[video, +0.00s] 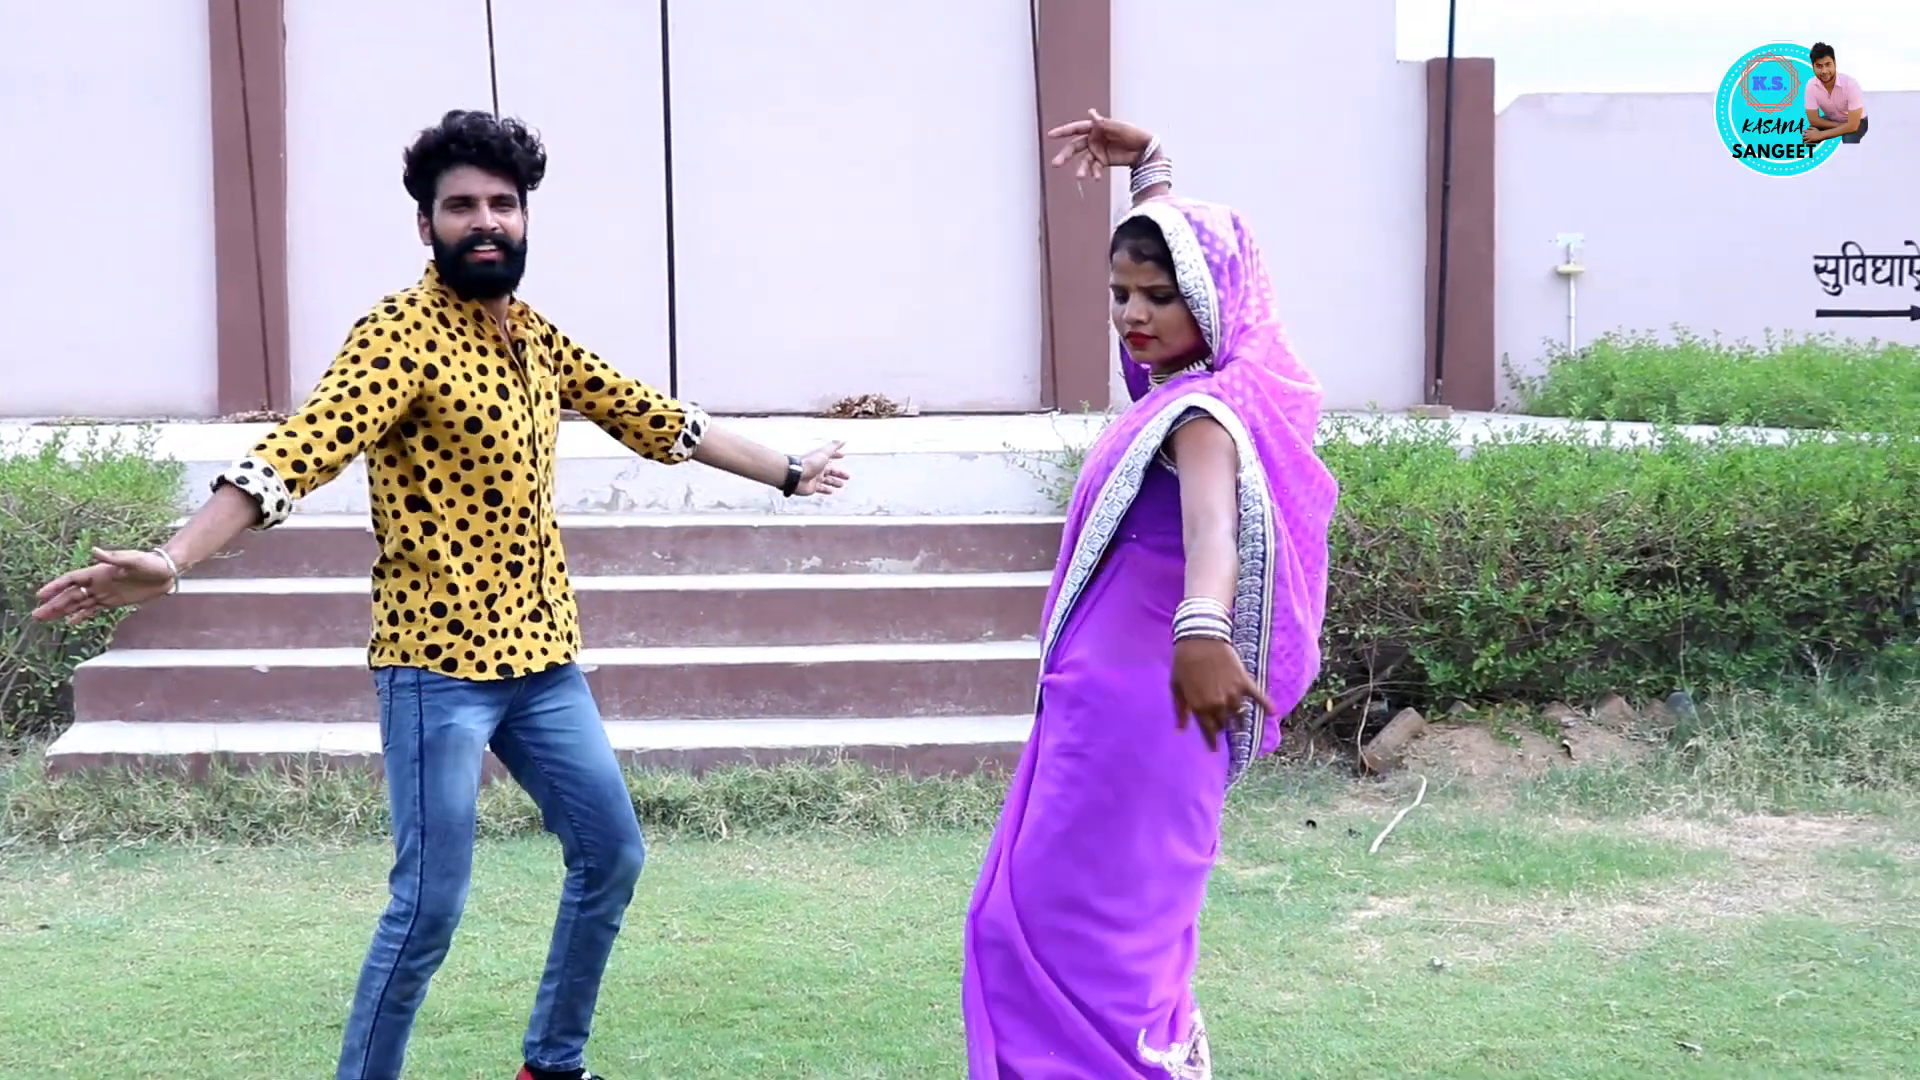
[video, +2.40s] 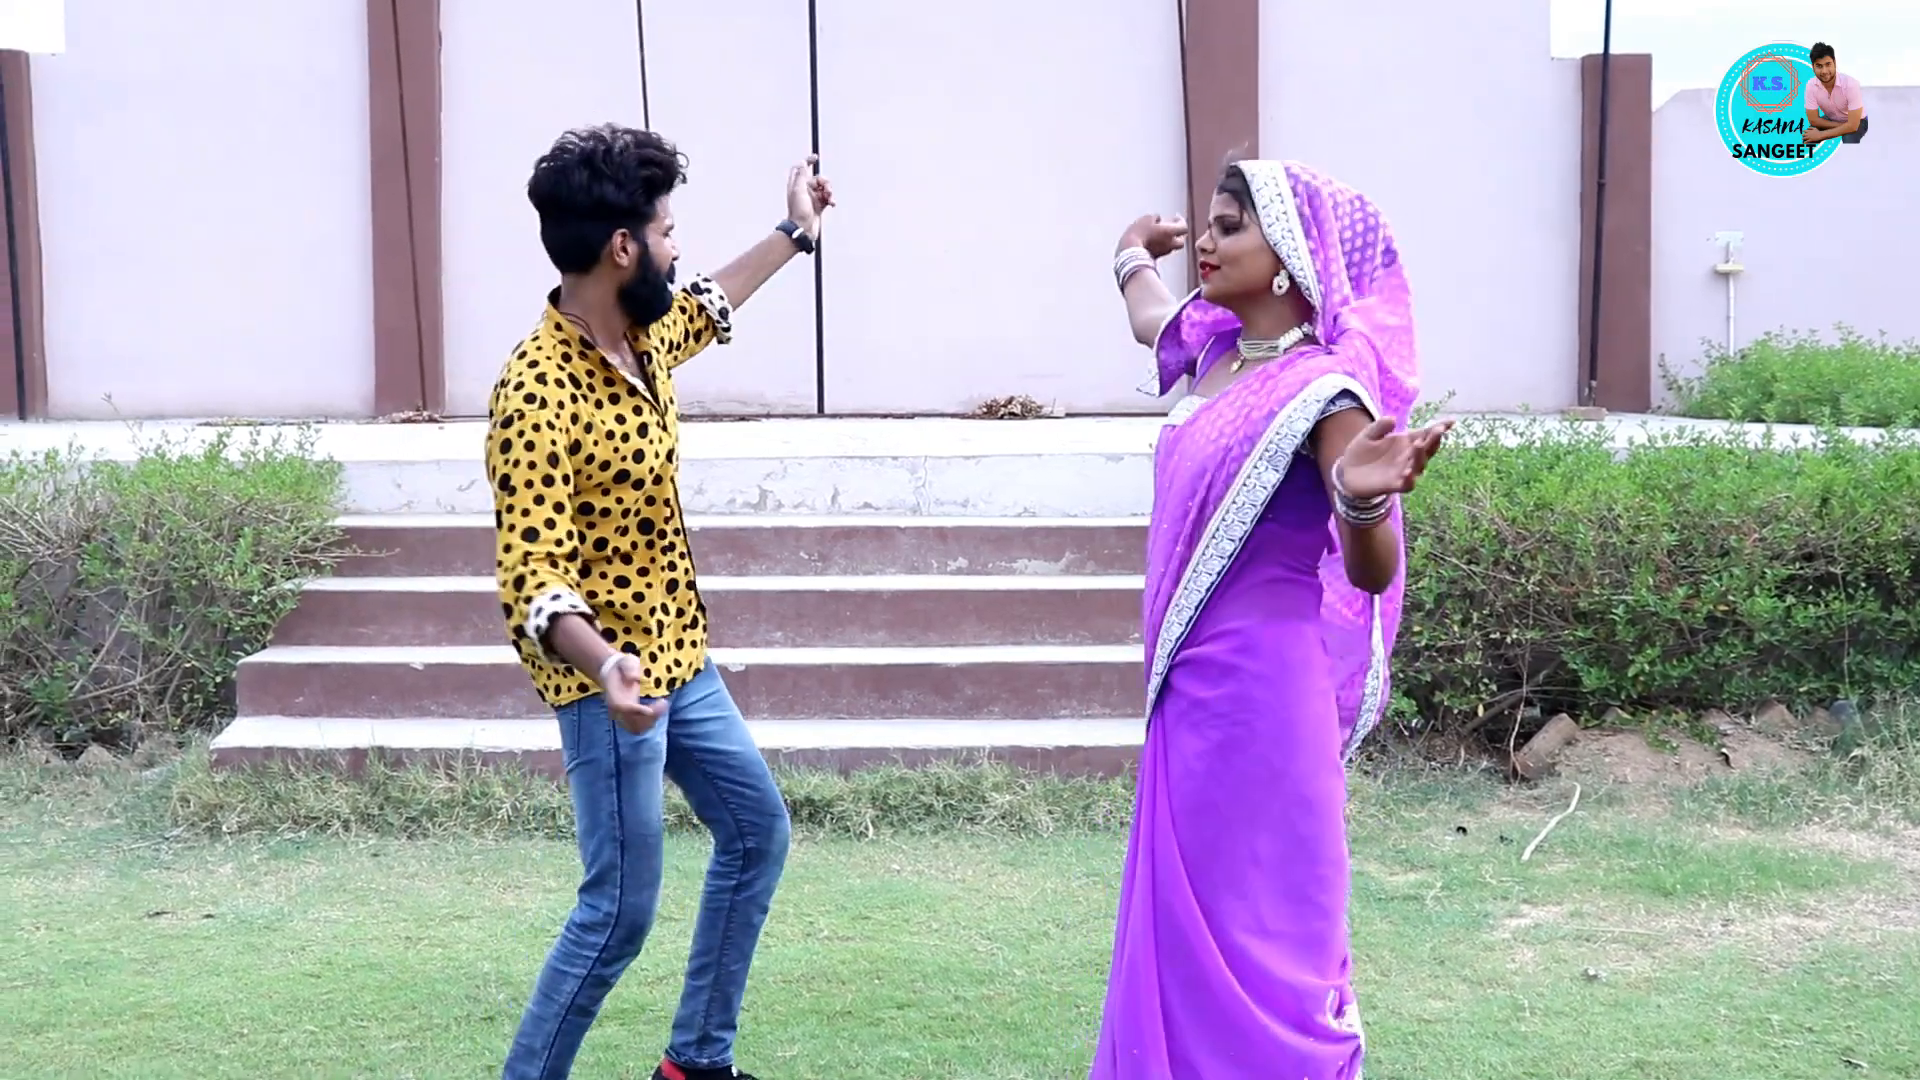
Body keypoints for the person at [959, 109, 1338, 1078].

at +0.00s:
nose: (1134, 316)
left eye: (1158, 295)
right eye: (1123, 294)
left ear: (1213, 303)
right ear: (1114, 292)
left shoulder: (1199, 410)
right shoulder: (1198, 391)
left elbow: (1212, 519)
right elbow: (1168, 272)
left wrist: (1203, 625)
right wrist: (1148, 162)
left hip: (1127, 718)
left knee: (1019, 924)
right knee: (1127, 930)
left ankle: (1100, 1064)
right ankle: (1158, 1055)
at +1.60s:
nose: (1091, 286)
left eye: (1113, 265)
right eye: (1088, 264)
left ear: (1175, 276)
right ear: (1195, 278)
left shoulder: (1153, 398)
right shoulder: (1236, 379)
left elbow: (1114, 548)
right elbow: (1211, 267)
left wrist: (1048, 669)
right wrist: (1163, 177)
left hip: (1120, 725)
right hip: (1194, 725)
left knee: (983, 921)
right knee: (1176, 962)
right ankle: (1175, 1064)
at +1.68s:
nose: (1108, 290)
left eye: (1129, 269)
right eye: (1104, 268)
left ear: (1196, 278)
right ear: (1206, 286)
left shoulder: (1170, 405)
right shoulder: (1259, 395)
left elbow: (1128, 566)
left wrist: (1046, 694)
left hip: (1138, 726)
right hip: (1211, 725)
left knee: (1044, 955)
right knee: (1186, 958)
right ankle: (1187, 1063)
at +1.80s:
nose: (1123, 281)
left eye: (1144, 262)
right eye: (1121, 260)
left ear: (1208, 275)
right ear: (1226, 278)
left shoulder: (1189, 405)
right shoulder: (1266, 384)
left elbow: (1149, 561)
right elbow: (1256, 265)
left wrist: (1069, 686)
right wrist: (1205, 181)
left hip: (1148, 714)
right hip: (1213, 712)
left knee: (1078, 963)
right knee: (1189, 959)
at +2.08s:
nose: (1197, 275)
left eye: (1220, 258)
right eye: (1193, 257)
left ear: (1282, 275)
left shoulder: (1263, 403)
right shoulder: (1300, 372)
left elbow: (1230, 555)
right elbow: (1207, 317)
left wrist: (1186, 662)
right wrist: (1188, 207)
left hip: (1216, 717)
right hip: (1263, 711)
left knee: (1086, 928)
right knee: (1244, 953)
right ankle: (1259, 1062)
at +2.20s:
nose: (1207, 259)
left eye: (1231, 245)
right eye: (1206, 240)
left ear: (1296, 267)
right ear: (1200, 244)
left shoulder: (1296, 390)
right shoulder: (1262, 368)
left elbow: (1287, 543)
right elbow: (1199, 318)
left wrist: (1253, 606)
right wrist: (1184, 210)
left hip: (1231, 711)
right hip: (1196, 698)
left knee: (1204, 955)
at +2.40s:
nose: (1205, 243)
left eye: (1229, 225)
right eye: (1208, 227)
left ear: (1294, 252)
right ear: (1252, 261)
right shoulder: (1220, 356)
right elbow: (1160, 321)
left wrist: (1365, 504)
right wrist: (1134, 259)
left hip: (1271, 690)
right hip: (1189, 684)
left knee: (1268, 946)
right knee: (1171, 932)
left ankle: (1296, 1064)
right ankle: (1172, 1066)